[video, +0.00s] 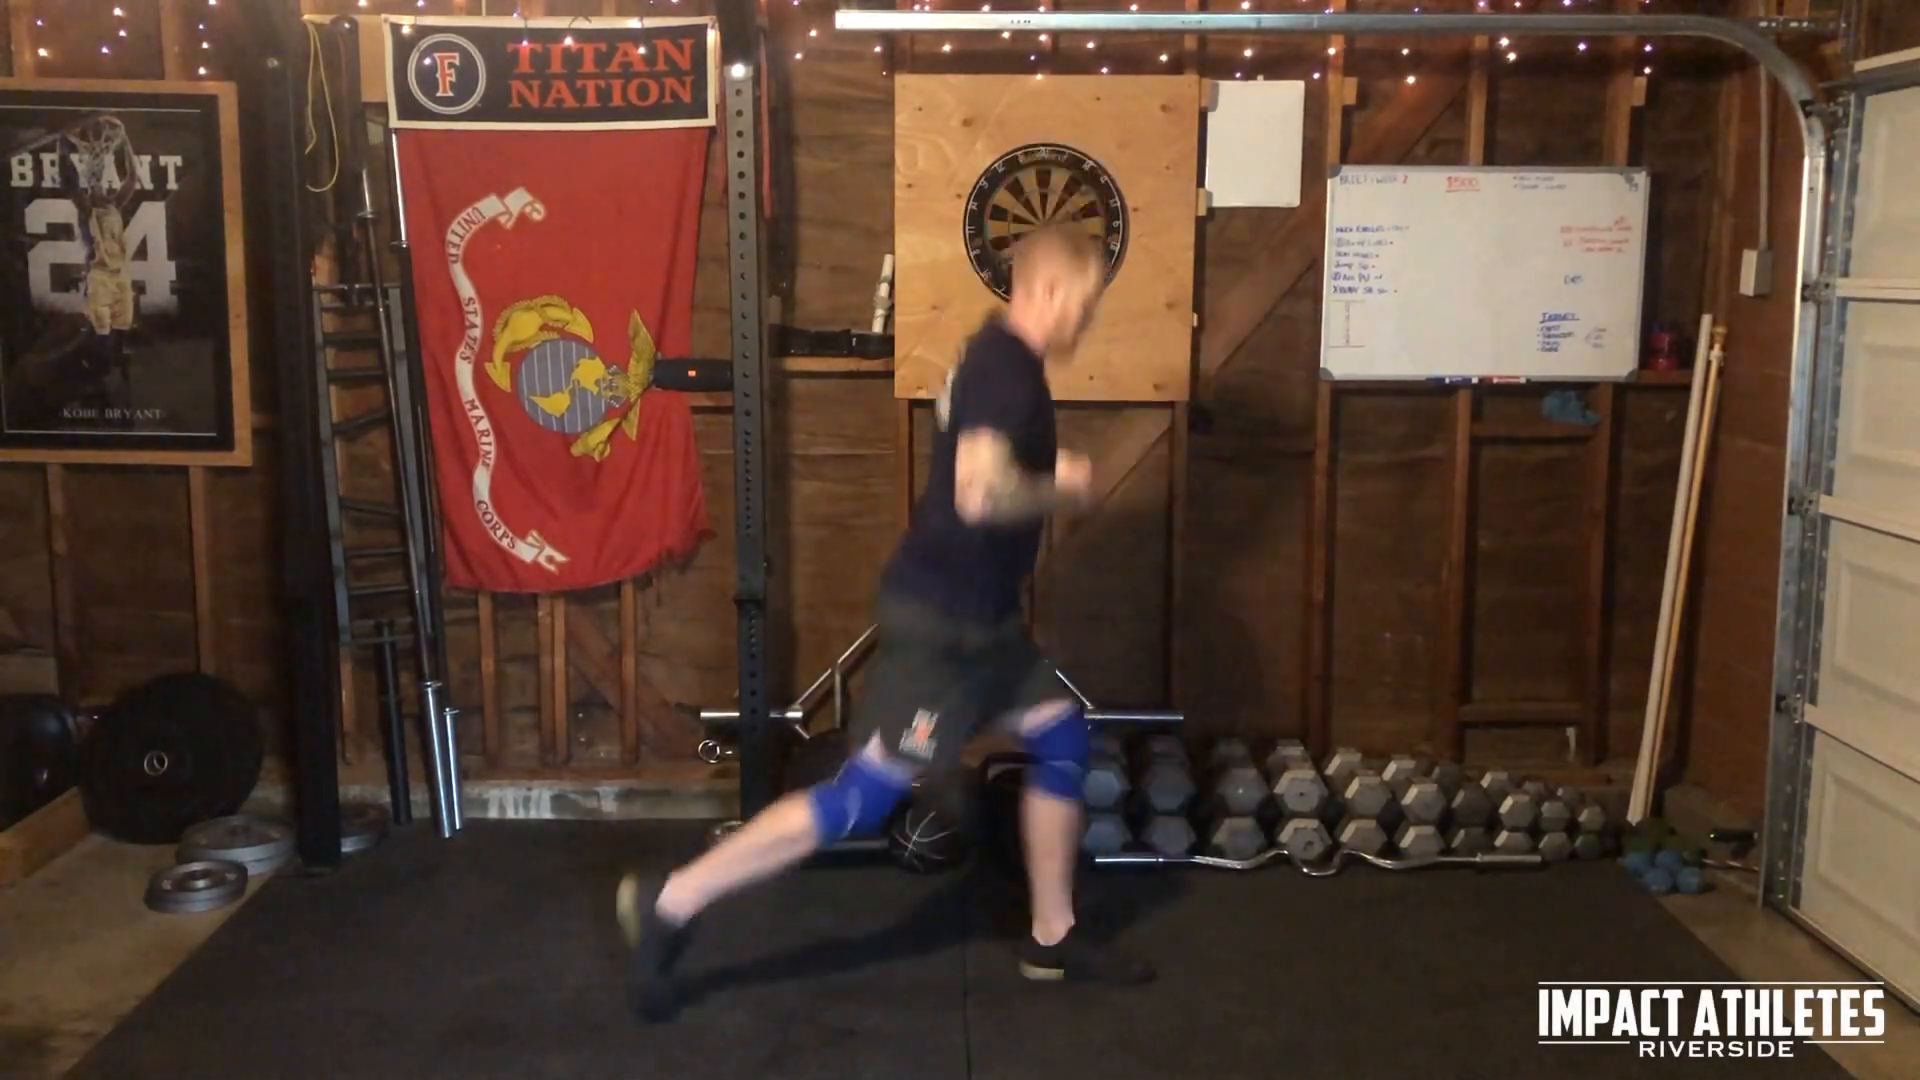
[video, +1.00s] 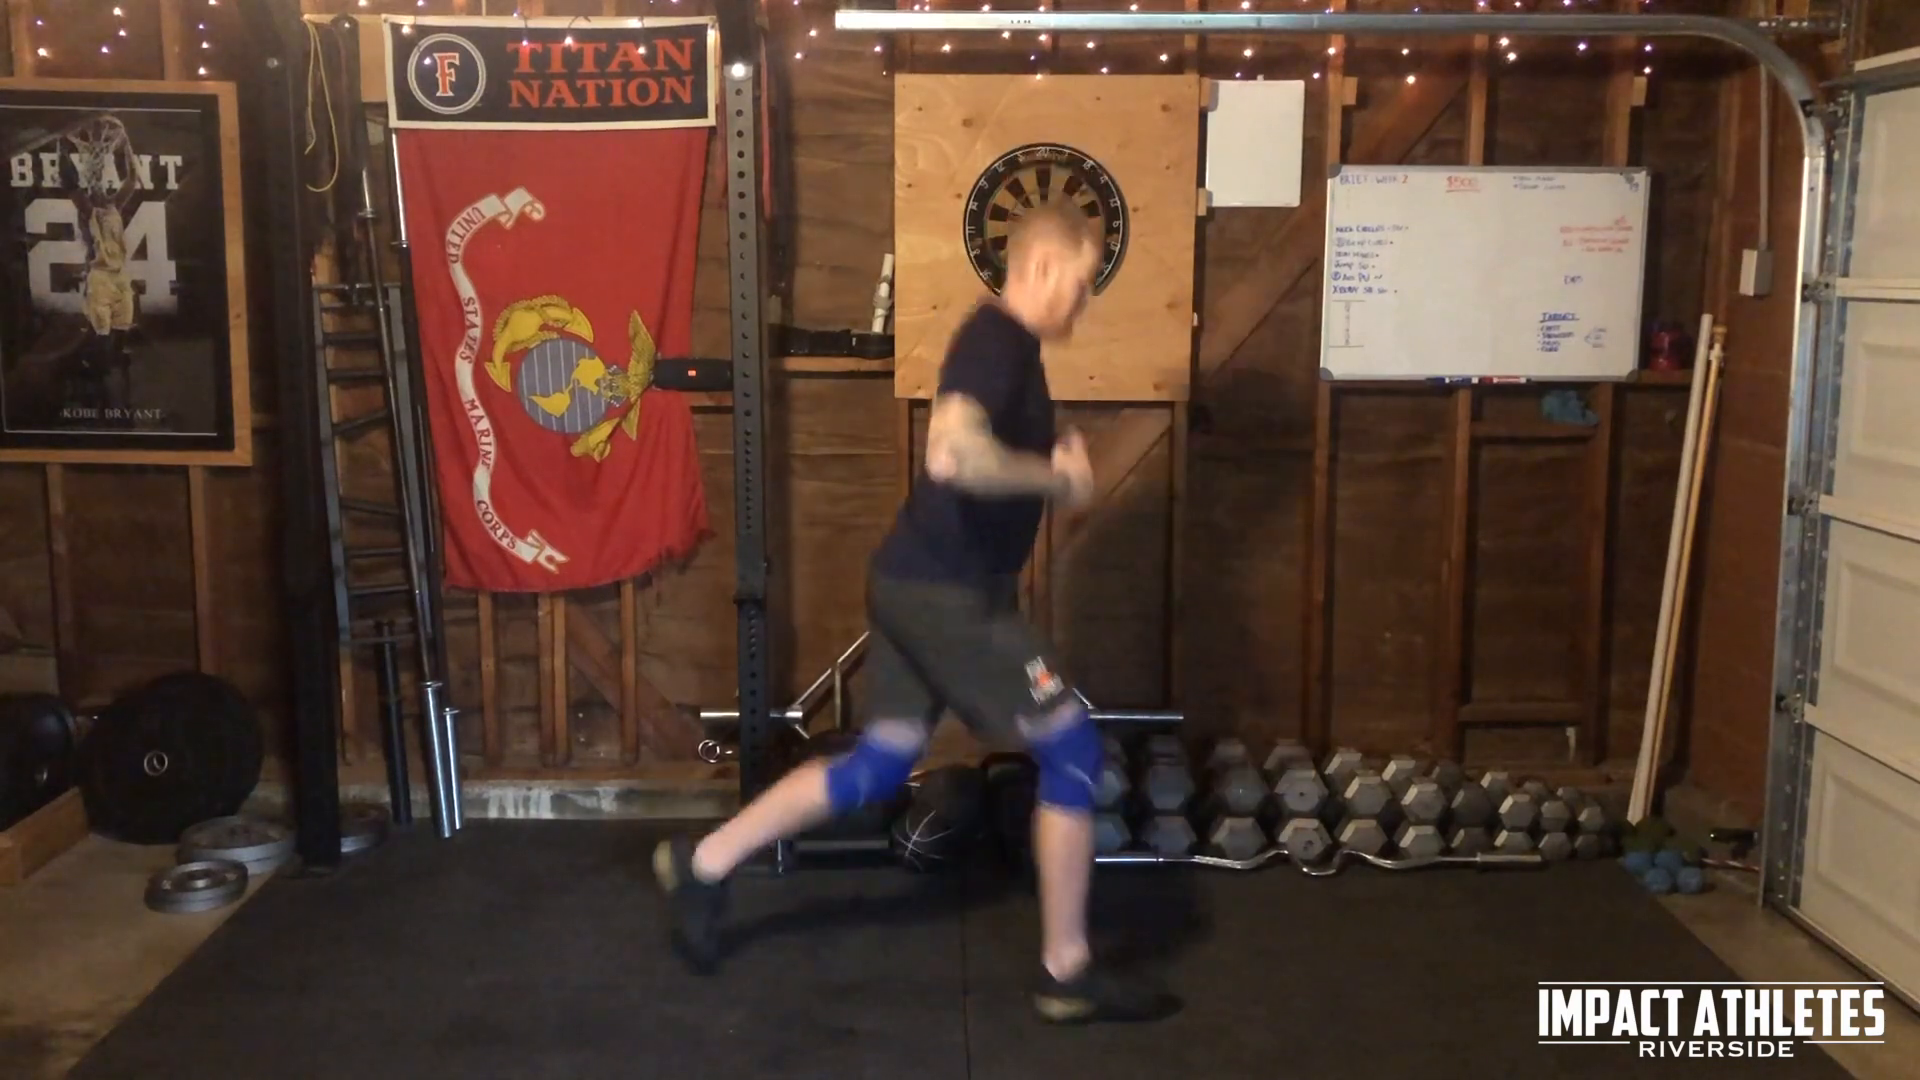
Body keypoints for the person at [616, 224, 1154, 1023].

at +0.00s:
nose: (1088, 317)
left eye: (1092, 300)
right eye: (1085, 299)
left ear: (1039, 286)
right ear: (1046, 288)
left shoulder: (1013, 362)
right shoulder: (1000, 362)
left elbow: (998, 476)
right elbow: (979, 492)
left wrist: (1049, 478)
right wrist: (1060, 484)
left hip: (984, 623)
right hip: (937, 622)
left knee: (1062, 737)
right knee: (863, 796)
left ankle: (1054, 937)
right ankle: (669, 899)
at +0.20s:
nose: (1082, 467)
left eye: (1083, 453)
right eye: (1077, 452)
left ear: (1028, 442)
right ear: (1042, 447)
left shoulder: (1006, 515)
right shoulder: (997, 527)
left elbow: (988, 616)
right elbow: (948, 655)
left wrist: (1049, 632)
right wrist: (1041, 690)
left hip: (988, 742)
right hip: (926, 764)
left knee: (1122, 761)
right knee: (862, 953)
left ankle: (1056, 939)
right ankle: (647, 947)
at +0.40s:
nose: (1071, 495)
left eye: (1070, 479)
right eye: (1064, 479)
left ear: (1013, 476)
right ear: (1024, 477)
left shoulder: (999, 548)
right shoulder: (985, 559)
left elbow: (1000, 640)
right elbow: (953, 696)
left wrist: (1051, 649)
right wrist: (1058, 712)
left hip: (982, 770)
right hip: (923, 797)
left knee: (1119, 758)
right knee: (848, 982)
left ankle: (1057, 938)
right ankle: (640, 944)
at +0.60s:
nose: (1065, 350)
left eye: (1067, 334)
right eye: (1059, 333)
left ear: (1013, 330)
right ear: (1018, 330)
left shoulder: (1003, 412)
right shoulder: (987, 413)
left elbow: (994, 522)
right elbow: (1002, 537)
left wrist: (1060, 501)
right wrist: (1076, 504)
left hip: (994, 654)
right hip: (928, 659)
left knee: (1095, 754)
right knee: (860, 828)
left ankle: (1059, 937)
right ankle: (656, 941)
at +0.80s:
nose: (1086, 235)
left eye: (1091, 220)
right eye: (1084, 214)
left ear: (1030, 196)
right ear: (1039, 195)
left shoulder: (1003, 272)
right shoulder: (996, 273)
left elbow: (981, 384)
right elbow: (968, 392)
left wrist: (1045, 389)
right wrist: (1056, 405)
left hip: (949, 523)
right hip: (936, 528)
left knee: (968, 700)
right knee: (979, 706)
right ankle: (858, 900)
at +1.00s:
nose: (1084, 300)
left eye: (1088, 283)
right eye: (1081, 281)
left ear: (1030, 270)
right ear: (1042, 268)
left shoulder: (1013, 346)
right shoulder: (995, 339)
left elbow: (984, 457)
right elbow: (952, 453)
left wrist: (1057, 465)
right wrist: (1056, 474)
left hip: (922, 583)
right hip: (942, 590)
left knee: (878, 762)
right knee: (1072, 748)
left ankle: (701, 863)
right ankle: (1068, 967)